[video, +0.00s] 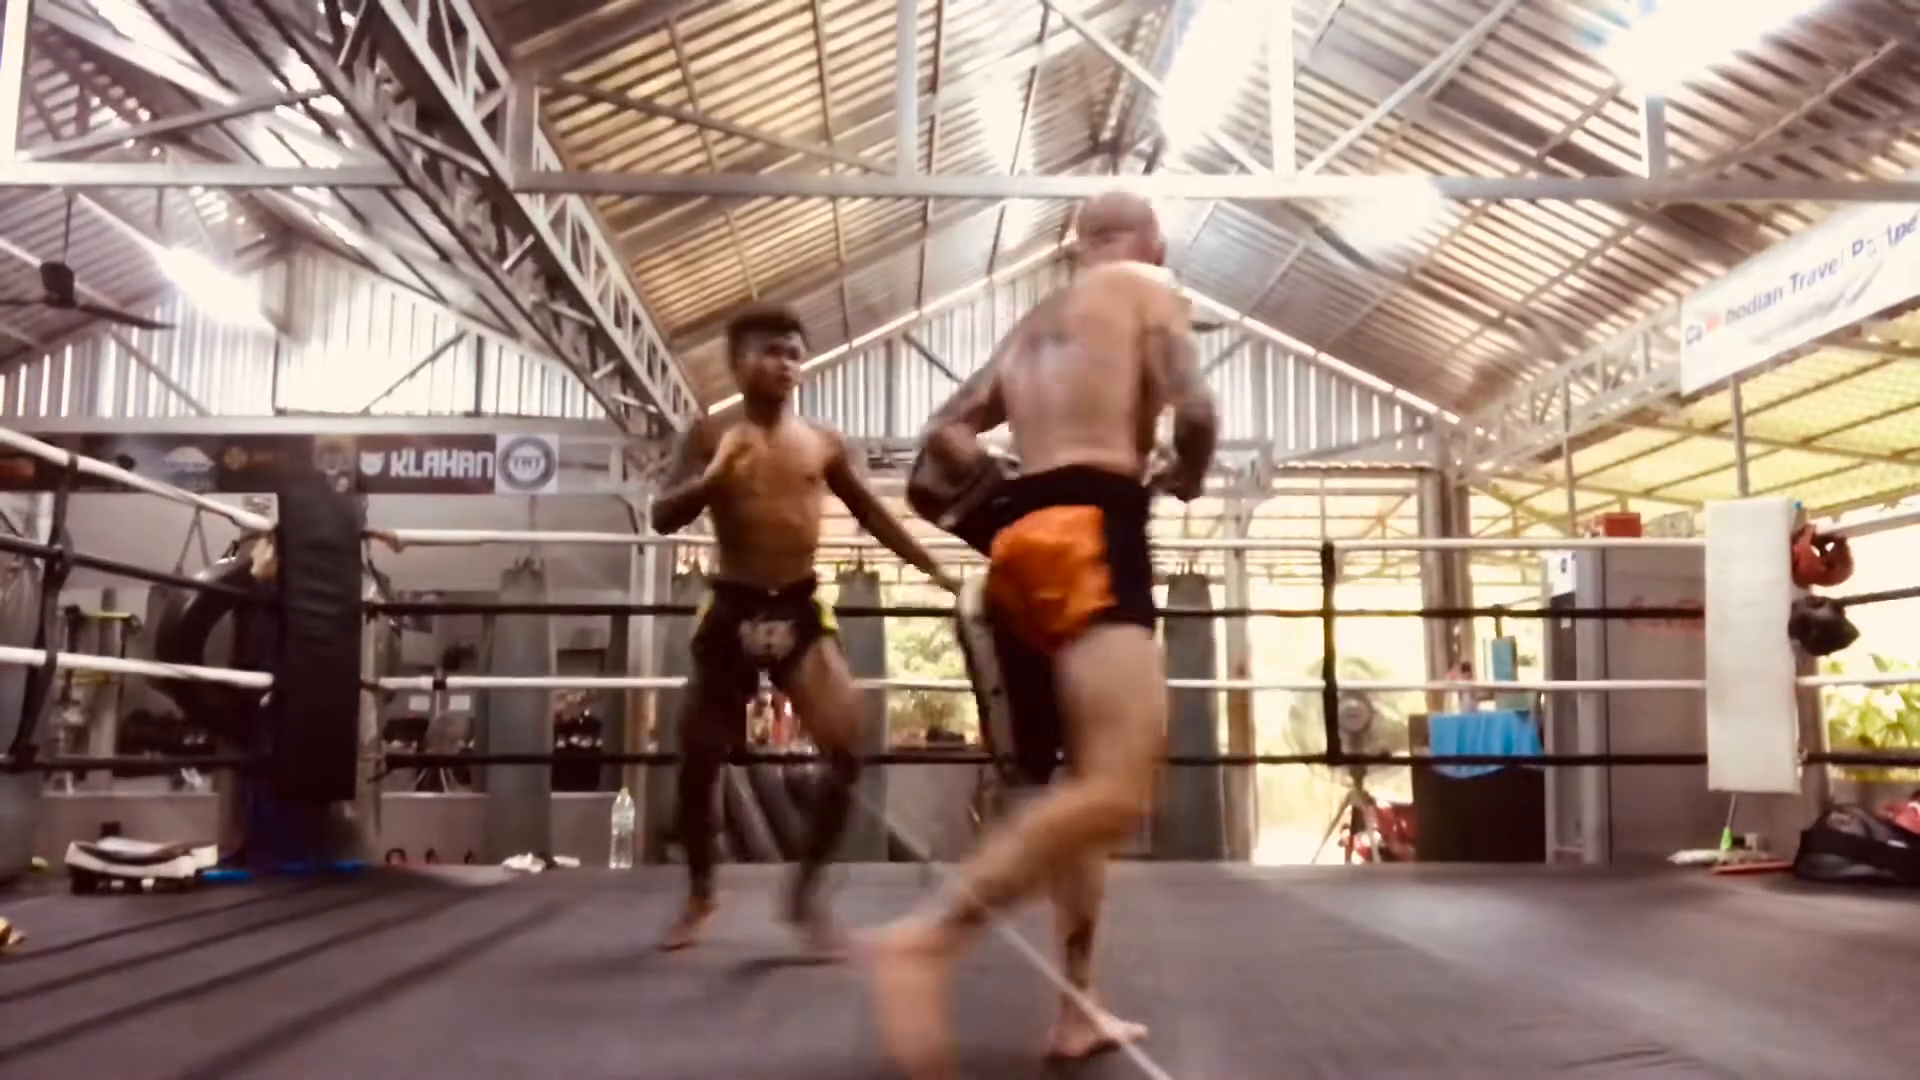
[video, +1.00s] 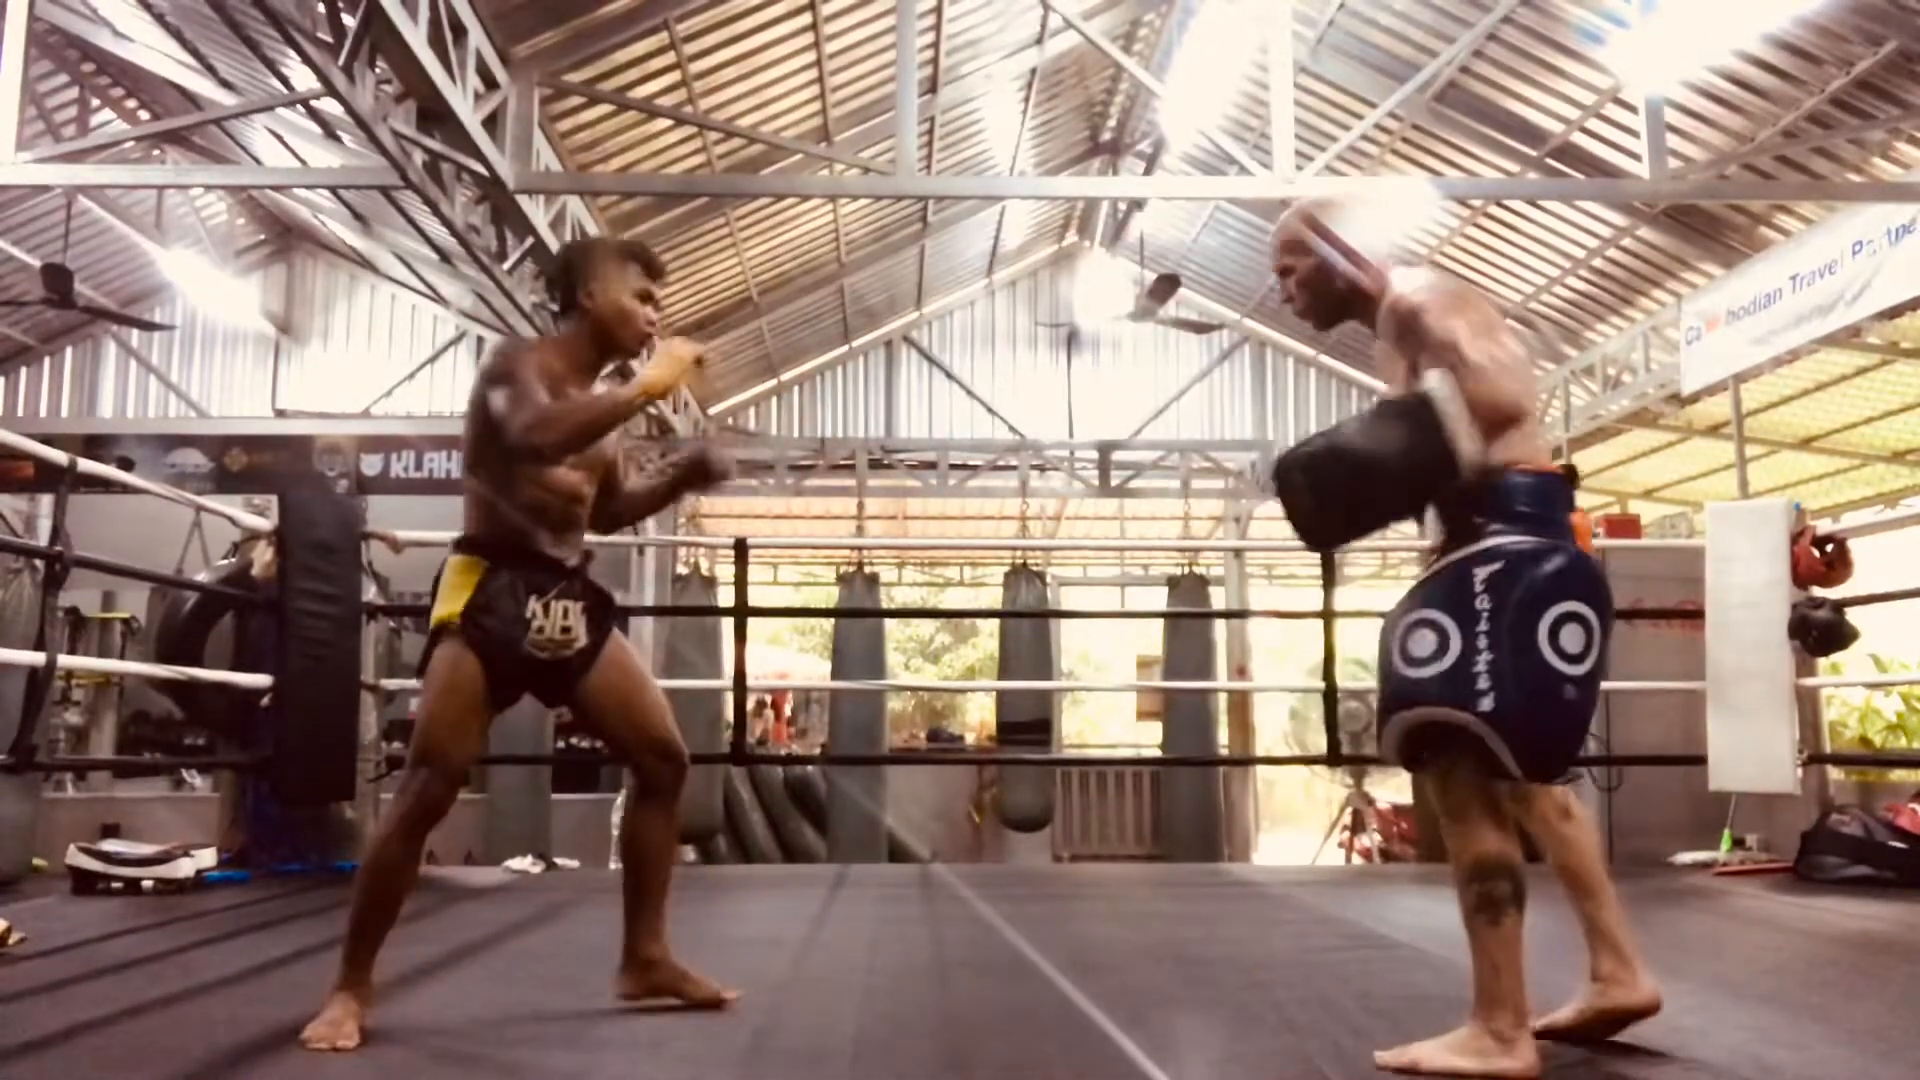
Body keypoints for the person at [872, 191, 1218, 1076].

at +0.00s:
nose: (1162, 252)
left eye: (1155, 240)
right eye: (1158, 240)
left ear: (1082, 244)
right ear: (1144, 237)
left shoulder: (1028, 326)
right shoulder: (1149, 289)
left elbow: (946, 432)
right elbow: (1196, 411)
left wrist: (1007, 500)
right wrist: (1184, 478)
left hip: (1016, 533)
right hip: (1091, 520)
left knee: (1080, 788)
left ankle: (1077, 1006)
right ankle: (921, 942)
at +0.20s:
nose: (1197, 231)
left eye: (1184, 217)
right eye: (1195, 217)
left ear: (1133, 230)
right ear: (1201, 225)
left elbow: (1006, 405)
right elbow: (1303, 420)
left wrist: (1073, 443)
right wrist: (1231, 450)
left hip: (1122, 525)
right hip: (1223, 512)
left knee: (1108, 773)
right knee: (1324, 739)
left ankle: (1080, 1001)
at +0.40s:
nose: (1199, 288)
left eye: (1202, 274)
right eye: (1200, 278)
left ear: (1226, 255)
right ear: (1275, 253)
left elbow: (1186, 423)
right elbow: (1408, 452)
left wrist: (1138, 447)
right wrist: (1323, 470)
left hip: (1255, 553)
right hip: (1357, 542)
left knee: (1168, 789)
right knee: (1444, 781)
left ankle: (1112, 1006)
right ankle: (1559, 984)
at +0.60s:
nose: (1286, 287)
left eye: (1288, 268)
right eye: (1280, 273)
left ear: (1317, 249)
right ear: (1350, 247)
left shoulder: (1338, 303)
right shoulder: (1436, 313)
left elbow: (1411, 386)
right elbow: (1454, 396)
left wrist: (1316, 422)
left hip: (1385, 547)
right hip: (1468, 538)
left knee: (1295, 755)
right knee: (1494, 776)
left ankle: (1292, 1002)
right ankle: (1582, 994)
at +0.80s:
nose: (1299, 259)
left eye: (1305, 239)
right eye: (1297, 243)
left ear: (1344, 229)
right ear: (1351, 231)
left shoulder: (1405, 280)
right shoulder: (1395, 304)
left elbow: (1499, 352)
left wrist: (1405, 412)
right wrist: (1359, 398)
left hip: (1459, 535)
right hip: (1489, 534)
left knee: (1422, 767)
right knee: (1536, 766)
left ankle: (1495, 1014)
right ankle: (1624, 985)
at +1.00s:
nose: (1285, 291)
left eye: (1291, 268)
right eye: (1279, 274)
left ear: (1338, 252)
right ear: (1342, 255)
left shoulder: (1415, 299)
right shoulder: (1430, 307)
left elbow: (1505, 395)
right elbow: (1456, 424)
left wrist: (1396, 442)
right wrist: (1372, 464)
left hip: (1501, 530)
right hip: (1535, 528)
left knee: (1462, 770)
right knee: (1532, 772)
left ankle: (1500, 1026)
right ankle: (1619, 974)